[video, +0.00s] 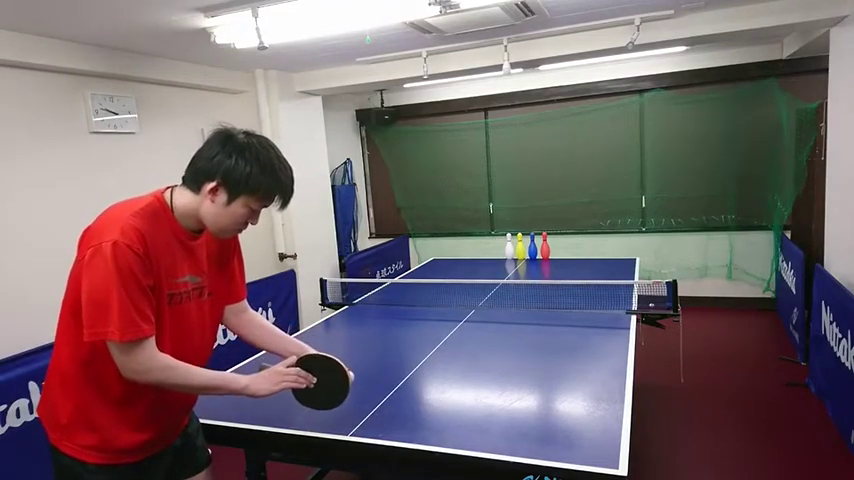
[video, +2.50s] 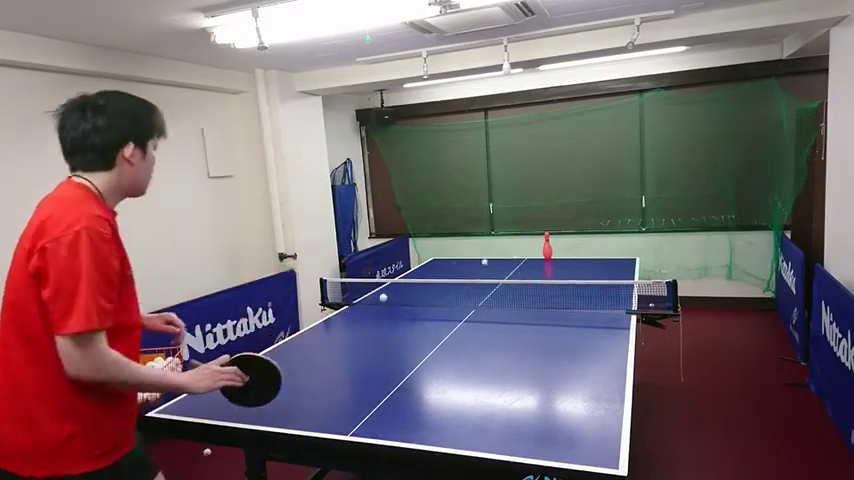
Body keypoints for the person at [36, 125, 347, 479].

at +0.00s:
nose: (254, 222)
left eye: (259, 212)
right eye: (251, 209)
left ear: (214, 192)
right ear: (214, 191)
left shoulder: (217, 231)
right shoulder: (120, 241)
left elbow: (237, 313)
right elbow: (137, 362)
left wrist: (306, 354)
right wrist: (245, 383)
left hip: (169, 422)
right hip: (99, 444)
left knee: (197, 471)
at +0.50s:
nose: (242, 217)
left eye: (247, 206)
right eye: (239, 204)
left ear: (200, 191)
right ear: (198, 188)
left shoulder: (212, 230)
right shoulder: (96, 239)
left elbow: (234, 312)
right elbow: (77, 364)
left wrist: (306, 350)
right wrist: (187, 409)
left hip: (169, 436)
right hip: (94, 455)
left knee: (199, 470)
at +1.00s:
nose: (254, 223)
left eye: (259, 213)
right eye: (251, 212)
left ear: (211, 196)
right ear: (211, 194)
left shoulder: (223, 235)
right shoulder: (112, 239)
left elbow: (244, 309)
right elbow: (71, 361)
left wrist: (310, 347)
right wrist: (185, 394)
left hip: (174, 431)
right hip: (96, 447)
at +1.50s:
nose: (301, 210)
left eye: (305, 201)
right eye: (303, 200)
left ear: (245, 178)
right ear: (284, 199)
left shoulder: (209, 207)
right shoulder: (234, 259)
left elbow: (232, 303)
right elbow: (276, 328)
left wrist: (278, 278)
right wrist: (328, 319)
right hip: (139, 424)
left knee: (199, 469)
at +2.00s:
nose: (271, 183)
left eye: (273, 173)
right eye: (272, 173)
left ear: (211, 163)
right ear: (253, 173)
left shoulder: (183, 203)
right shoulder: (206, 229)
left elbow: (199, 291)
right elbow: (238, 331)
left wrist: (257, 285)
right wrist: (300, 335)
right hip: (137, 434)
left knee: (204, 469)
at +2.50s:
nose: (154, 162)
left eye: (155, 151)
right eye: (152, 150)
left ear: (83, 149)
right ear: (128, 153)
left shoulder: (71, 206)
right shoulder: (79, 223)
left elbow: (70, 305)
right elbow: (84, 359)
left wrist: (141, 320)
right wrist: (185, 380)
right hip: (74, 453)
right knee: (151, 472)